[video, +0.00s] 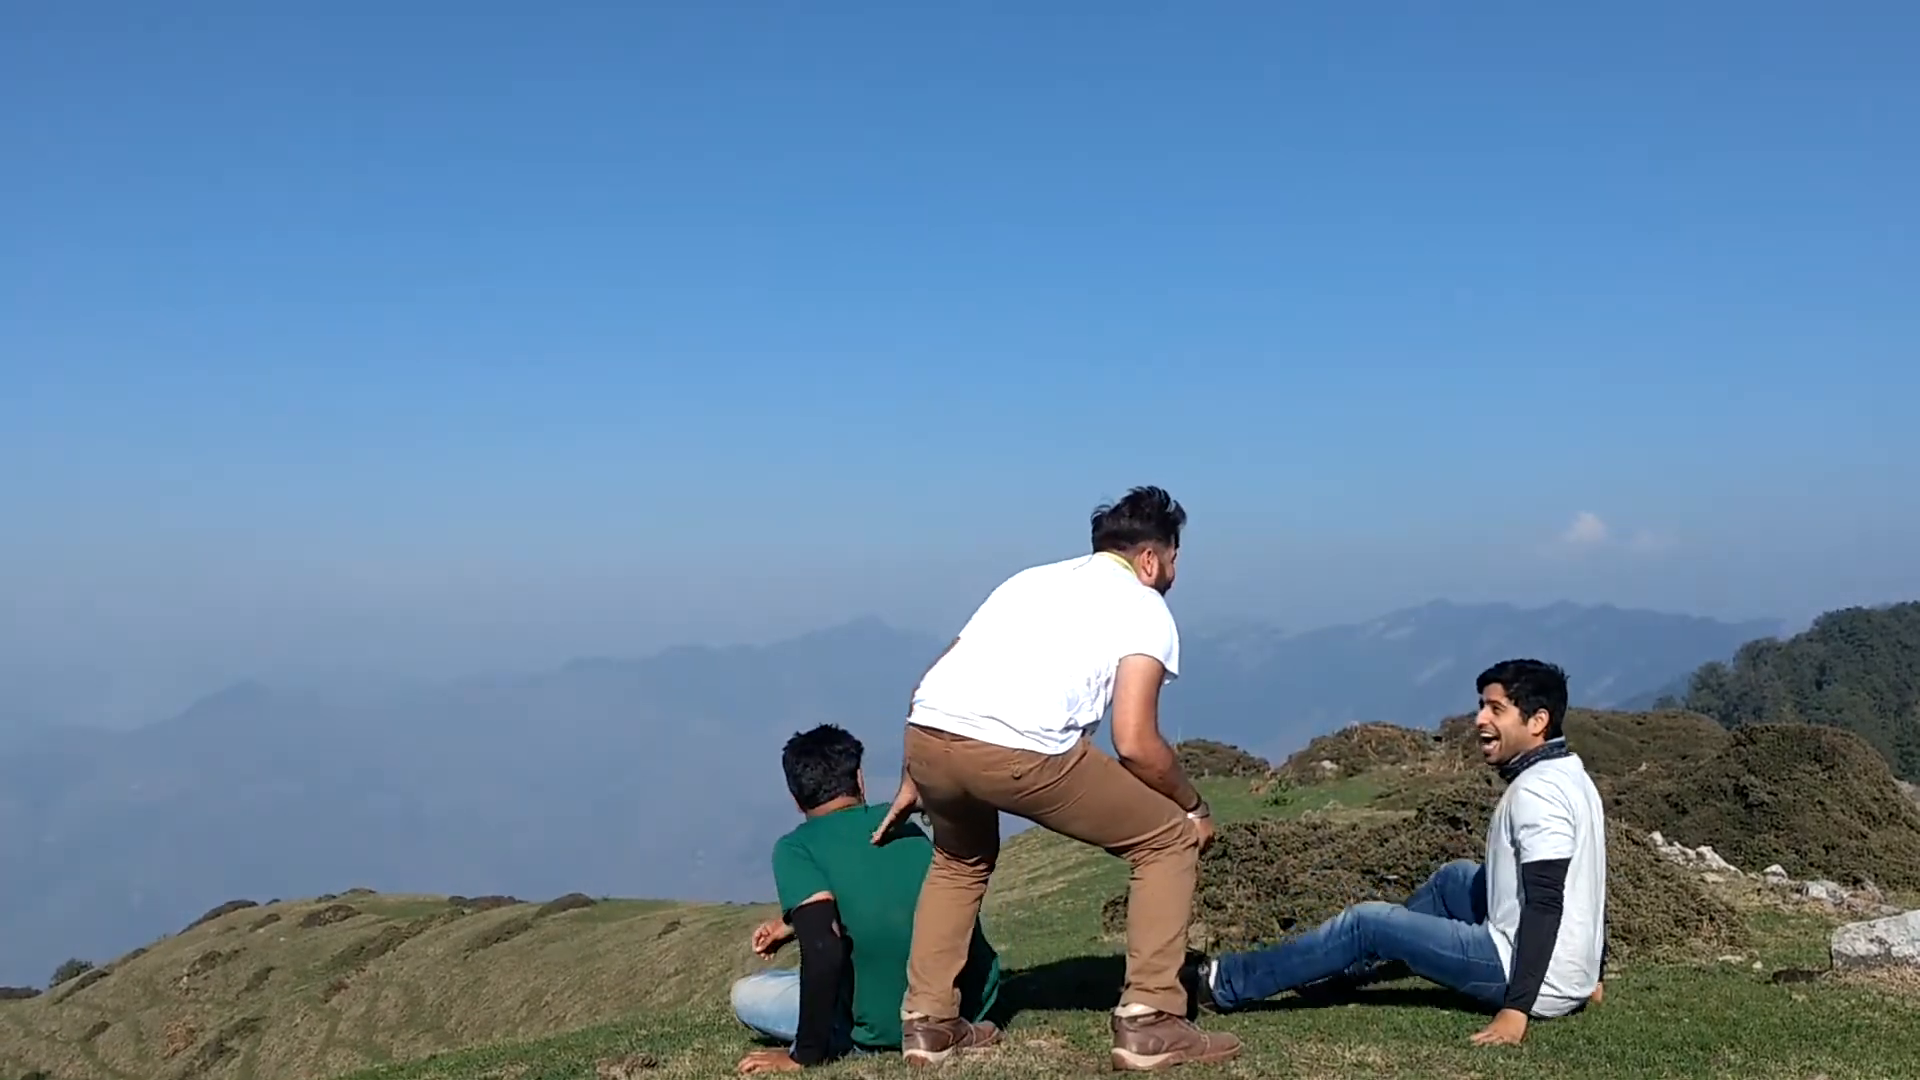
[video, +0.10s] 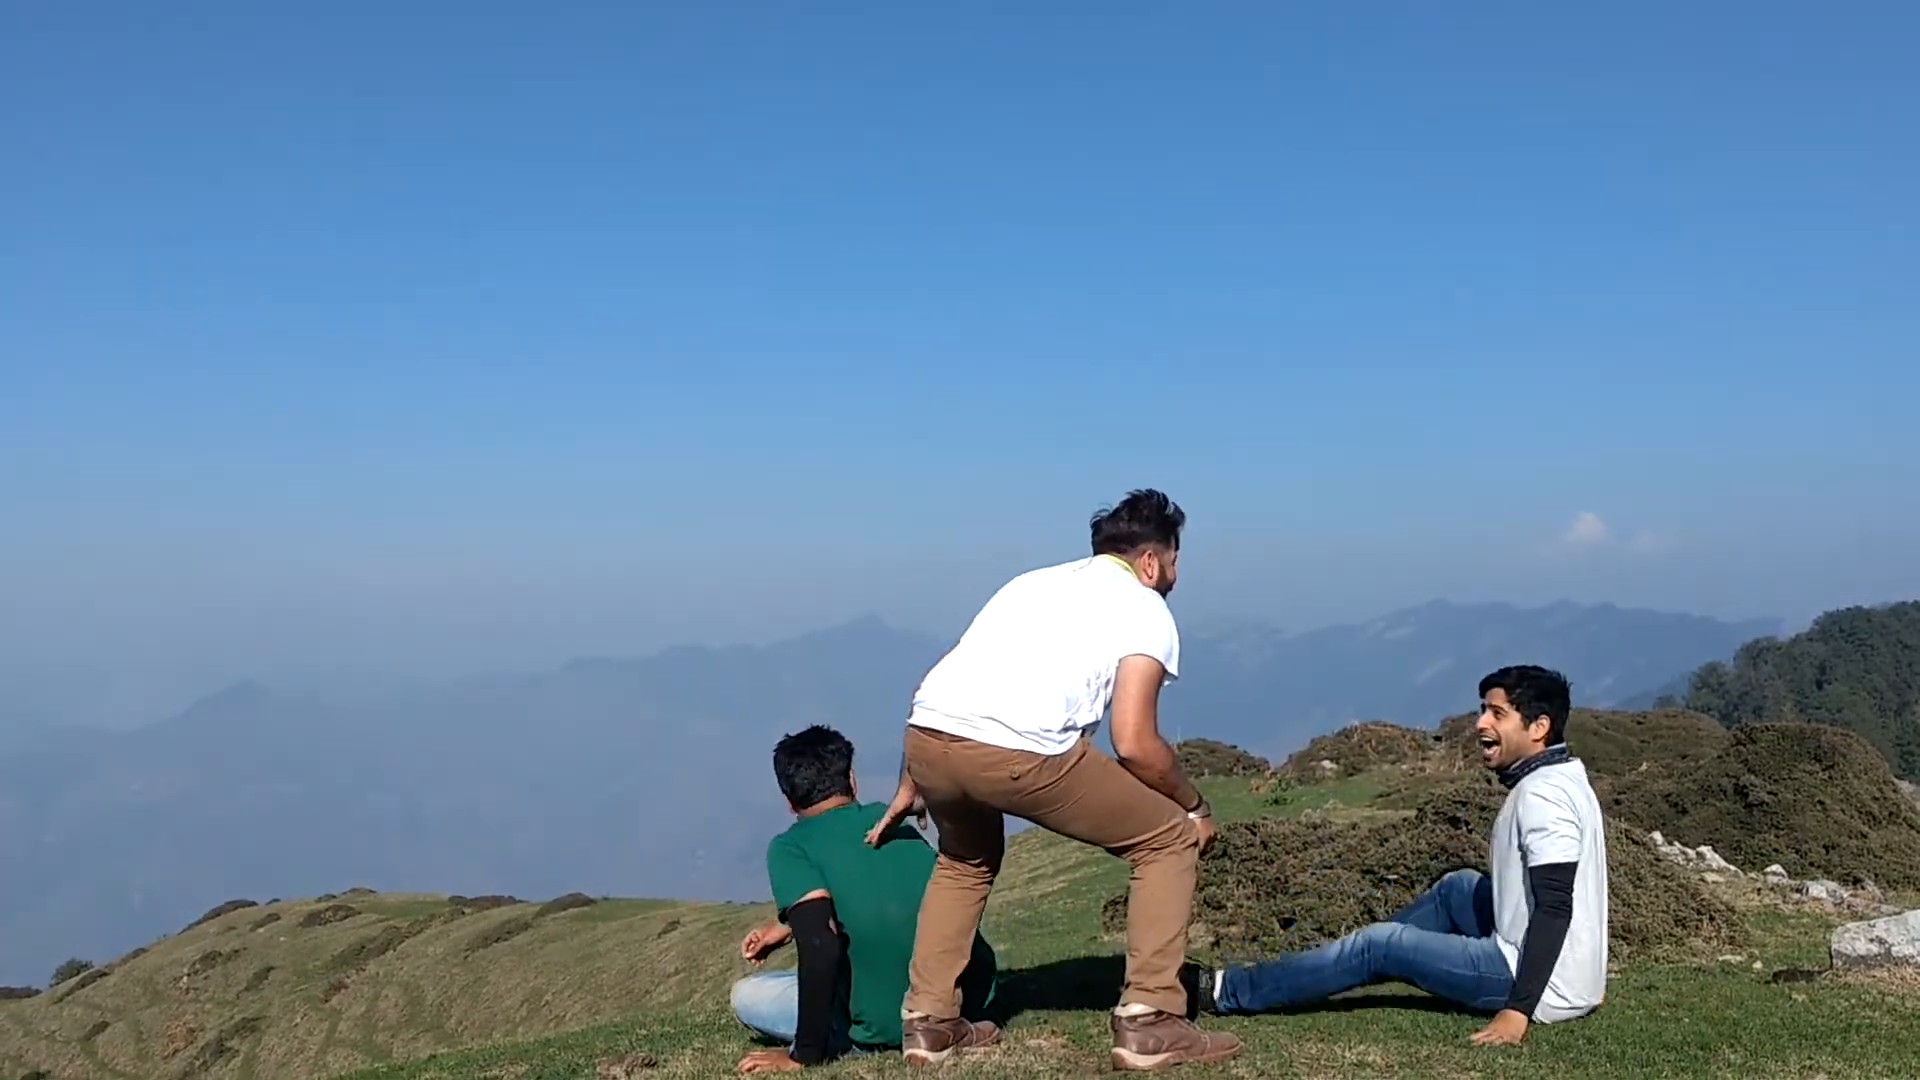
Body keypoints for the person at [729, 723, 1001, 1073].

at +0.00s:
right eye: (862, 775)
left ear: (797, 801)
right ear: (859, 781)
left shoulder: (795, 845)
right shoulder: (903, 819)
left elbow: (825, 947)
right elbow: (888, 894)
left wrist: (804, 1055)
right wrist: (795, 922)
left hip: (884, 1028)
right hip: (974, 1001)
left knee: (745, 992)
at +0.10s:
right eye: (855, 775)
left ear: (790, 803)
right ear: (852, 782)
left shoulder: (790, 844)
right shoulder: (891, 818)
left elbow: (822, 945)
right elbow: (873, 889)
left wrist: (803, 1054)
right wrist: (789, 925)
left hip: (883, 1026)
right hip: (970, 997)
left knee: (745, 992)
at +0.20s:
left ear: (784, 805)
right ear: (845, 782)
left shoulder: (787, 843)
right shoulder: (888, 819)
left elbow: (821, 941)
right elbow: (877, 899)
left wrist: (803, 1054)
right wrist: (783, 932)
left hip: (877, 1026)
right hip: (955, 997)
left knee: (744, 993)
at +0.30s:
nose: (769, 823)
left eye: (766, 815)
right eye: (765, 816)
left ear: (776, 811)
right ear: (830, 788)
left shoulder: (782, 843)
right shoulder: (876, 818)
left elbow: (816, 941)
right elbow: (855, 905)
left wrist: (803, 1056)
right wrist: (769, 946)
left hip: (879, 1029)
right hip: (955, 999)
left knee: (744, 996)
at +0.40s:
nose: (757, 838)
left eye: (753, 826)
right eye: (751, 829)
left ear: (772, 811)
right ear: (815, 790)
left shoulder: (783, 838)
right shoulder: (871, 818)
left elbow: (816, 937)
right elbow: (842, 917)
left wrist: (803, 1054)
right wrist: (750, 953)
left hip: (883, 1027)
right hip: (961, 1001)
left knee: (746, 996)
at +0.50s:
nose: (743, 844)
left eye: (738, 829)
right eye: (735, 833)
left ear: (768, 808)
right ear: (798, 799)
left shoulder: (781, 835)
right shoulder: (853, 816)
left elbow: (816, 932)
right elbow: (797, 913)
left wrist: (805, 1052)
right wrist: (715, 958)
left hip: (888, 1023)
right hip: (957, 993)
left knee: (744, 1002)